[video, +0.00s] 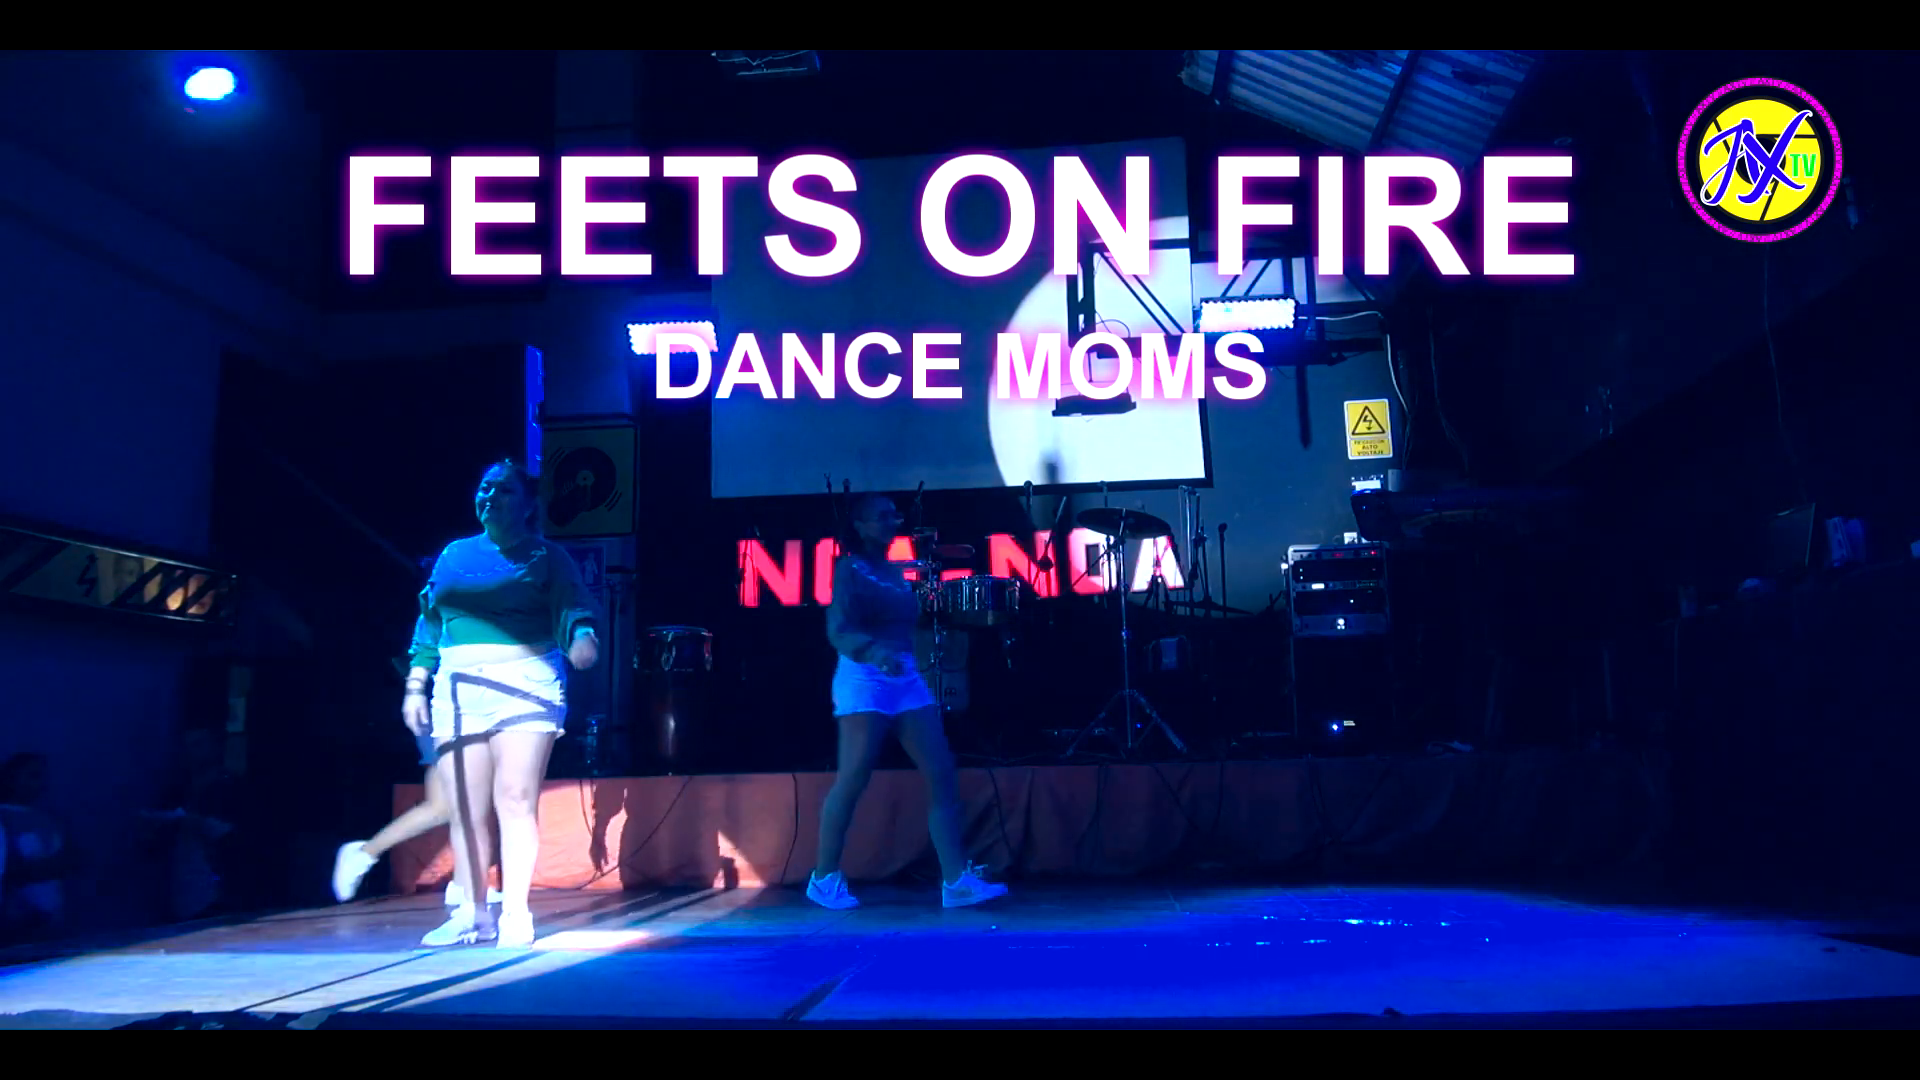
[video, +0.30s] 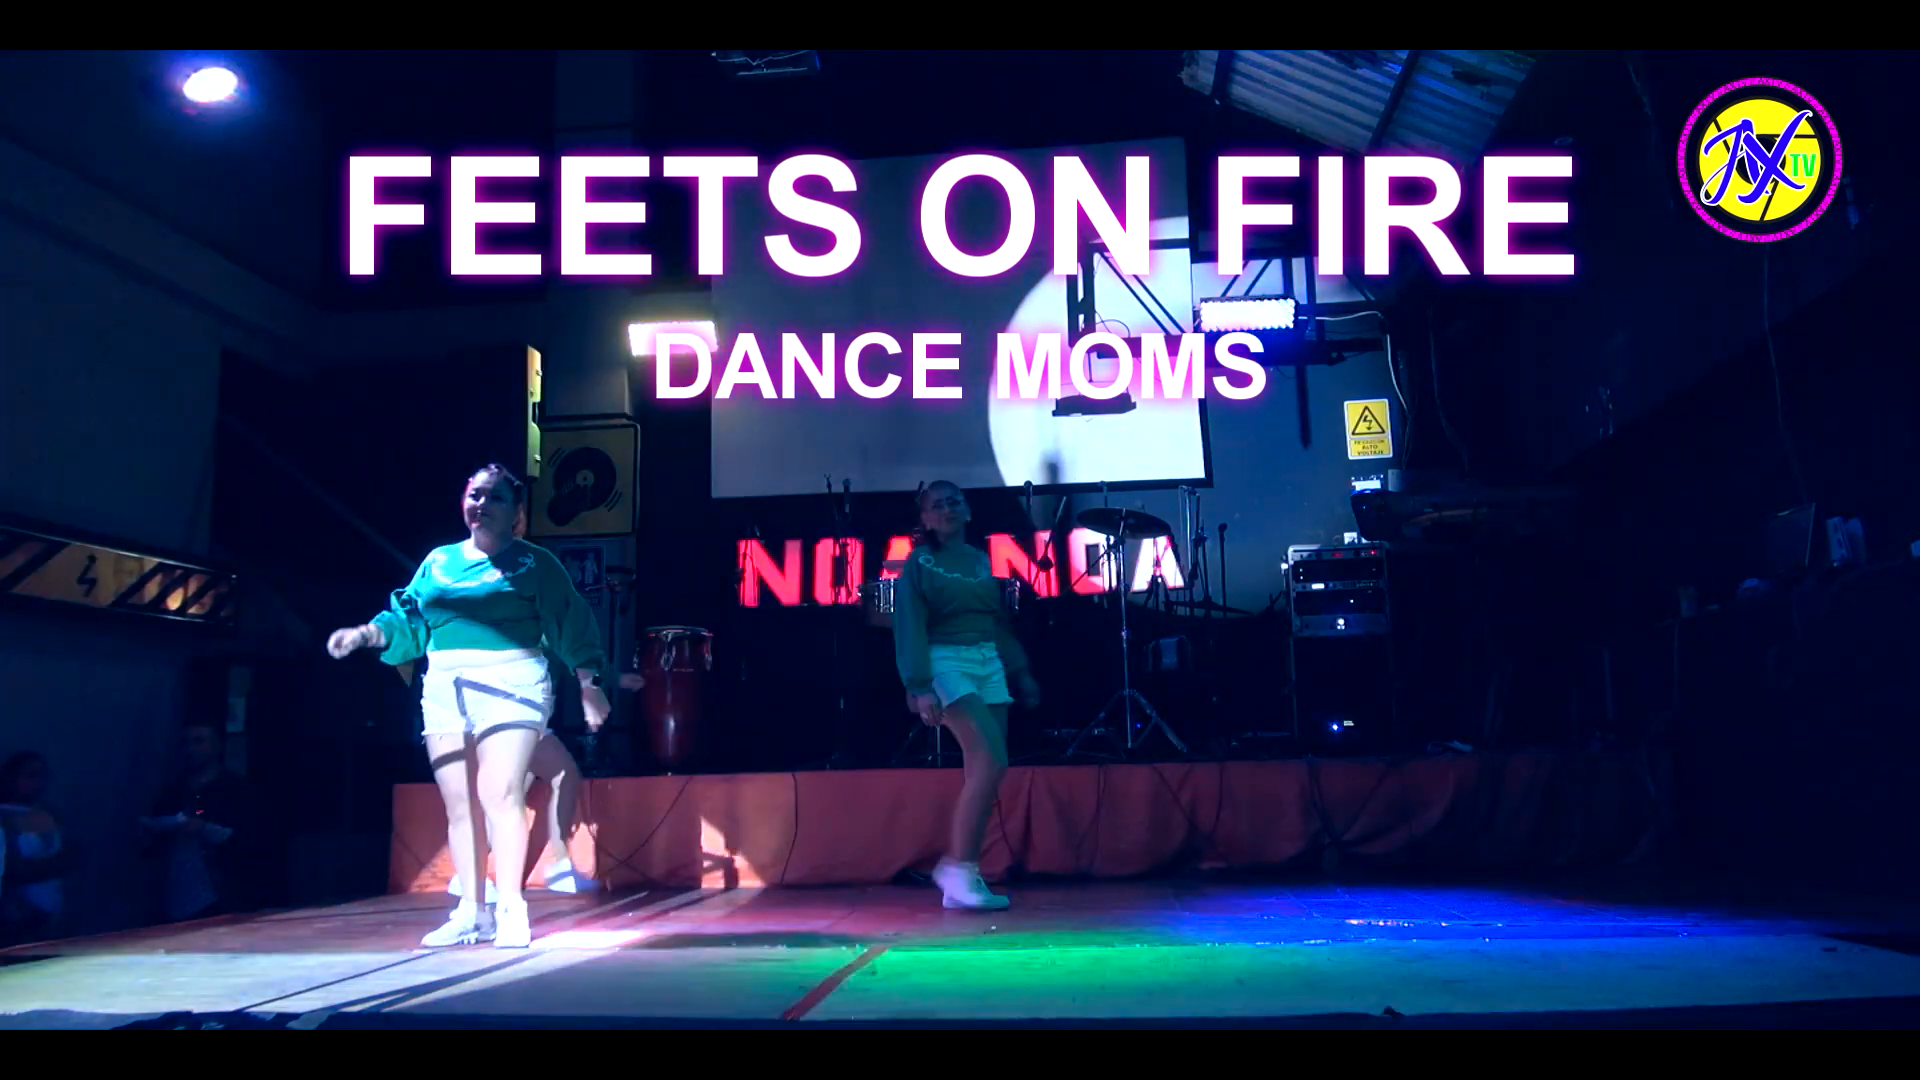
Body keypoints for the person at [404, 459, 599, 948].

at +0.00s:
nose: (488, 495)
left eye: (502, 489)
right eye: (484, 488)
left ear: (528, 503)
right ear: (475, 500)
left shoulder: (548, 558)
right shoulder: (453, 555)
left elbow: (573, 609)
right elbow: (429, 626)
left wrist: (581, 637)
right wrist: (416, 685)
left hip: (526, 684)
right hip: (459, 687)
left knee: (516, 799)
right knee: (468, 809)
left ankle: (516, 913)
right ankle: (475, 914)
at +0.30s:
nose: (479, 502)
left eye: (492, 497)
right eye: (473, 494)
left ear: (514, 510)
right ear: (462, 504)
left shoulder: (535, 564)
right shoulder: (438, 561)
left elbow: (574, 623)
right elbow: (409, 619)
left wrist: (589, 683)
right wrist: (366, 634)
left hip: (512, 680)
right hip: (444, 683)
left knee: (499, 793)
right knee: (458, 802)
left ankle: (511, 909)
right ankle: (470, 912)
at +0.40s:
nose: (478, 499)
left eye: (490, 494)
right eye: (472, 492)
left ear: (515, 506)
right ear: (462, 502)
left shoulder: (539, 562)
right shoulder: (439, 556)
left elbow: (571, 625)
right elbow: (410, 612)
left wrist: (573, 684)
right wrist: (376, 615)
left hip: (511, 680)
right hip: (445, 683)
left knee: (495, 792)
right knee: (462, 801)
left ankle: (510, 906)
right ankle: (471, 910)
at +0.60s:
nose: (485, 508)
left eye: (495, 500)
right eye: (476, 501)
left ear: (518, 508)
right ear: (466, 510)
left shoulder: (543, 564)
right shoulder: (448, 563)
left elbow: (573, 633)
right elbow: (422, 616)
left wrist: (565, 691)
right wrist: (398, 622)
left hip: (513, 695)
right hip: (449, 696)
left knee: (504, 809)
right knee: (460, 812)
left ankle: (513, 910)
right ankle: (471, 912)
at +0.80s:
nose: (487, 509)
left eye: (499, 502)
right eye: (479, 503)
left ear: (520, 510)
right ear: (469, 513)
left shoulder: (544, 564)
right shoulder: (455, 569)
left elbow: (571, 619)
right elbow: (431, 637)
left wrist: (572, 656)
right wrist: (415, 691)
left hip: (525, 689)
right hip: (456, 692)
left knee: (512, 804)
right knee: (426, 791)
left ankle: (514, 909)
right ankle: (458, 890)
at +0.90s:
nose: (487, 502)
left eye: (499, 497)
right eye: (479, 496)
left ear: (520, 511)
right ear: (466, 510)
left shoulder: (539, 556)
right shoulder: (450, 565)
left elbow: (566, 599)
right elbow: (432, 633)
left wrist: (564, 621)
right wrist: (428, 690)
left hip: (525, 680)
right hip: (456, 683)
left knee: (514, 801)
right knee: (427, 788)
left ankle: (514, 908)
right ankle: (453, 886)